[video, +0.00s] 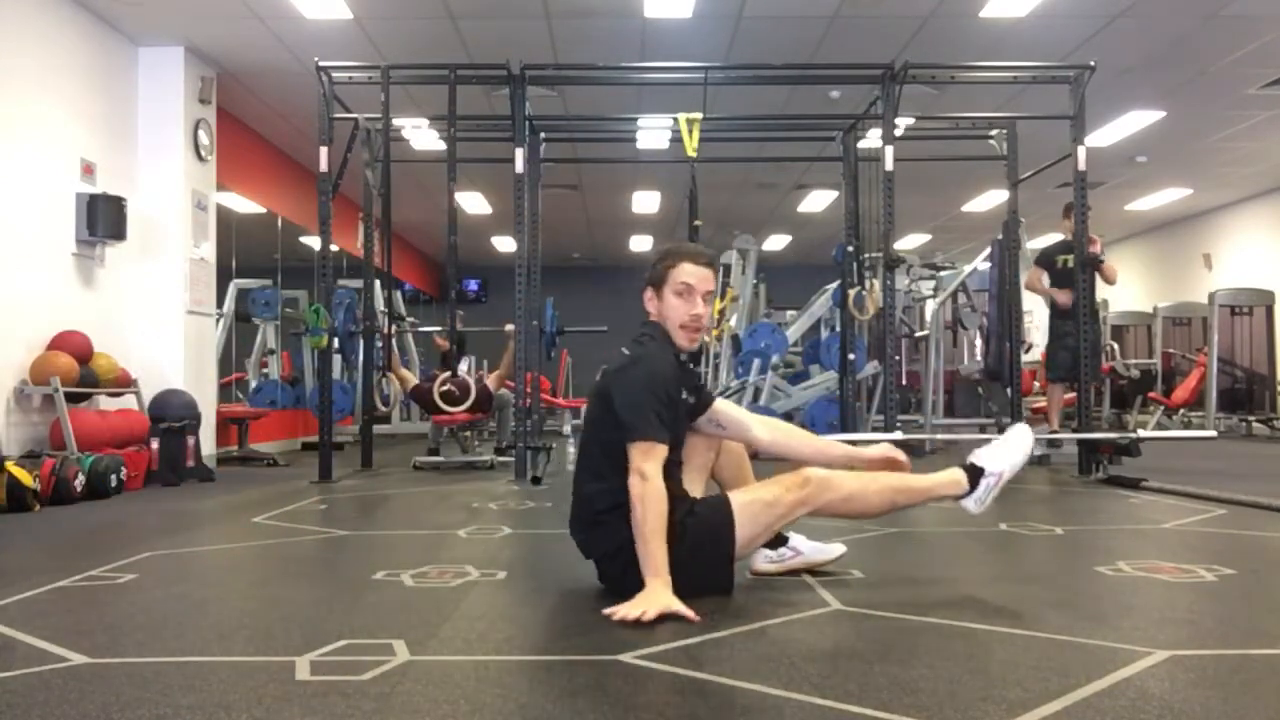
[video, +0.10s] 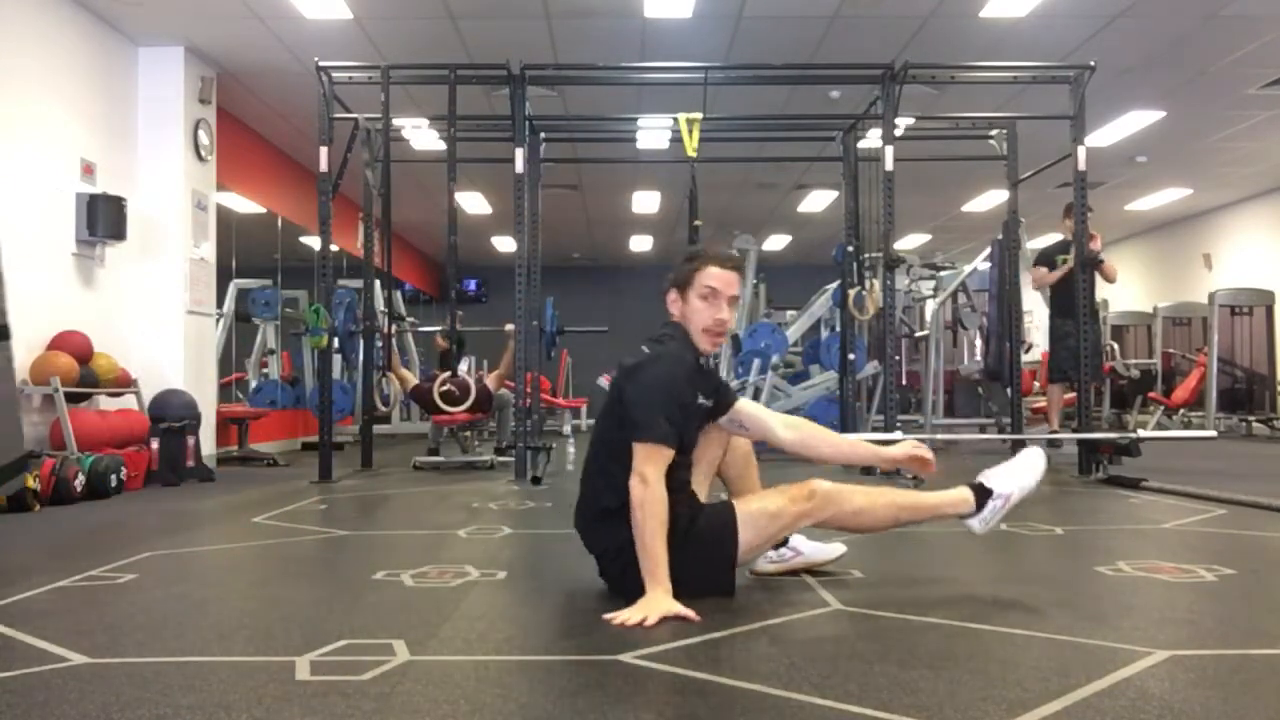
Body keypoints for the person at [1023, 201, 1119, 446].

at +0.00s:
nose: (1081, 223)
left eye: (1084, 218)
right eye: (1076, 218)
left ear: (1088, 220)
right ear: (1065, 221)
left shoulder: (1093, 249)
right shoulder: (1052, 251)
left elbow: (1112, 279)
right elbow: (1031, 281)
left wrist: (1097, 257)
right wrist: (1053, 293)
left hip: (1089, 321)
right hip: (1062, 321)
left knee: (1089, 377)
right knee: (1057, 377)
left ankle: (1087, 425)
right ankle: (1054, 428)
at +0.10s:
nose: (1081, 223)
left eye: (1085, 218)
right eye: (1076, 219)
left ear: (1089, 220)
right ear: (1065, 221)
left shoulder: (1091, 250)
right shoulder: (1051, 252)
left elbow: (1111, 277)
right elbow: (1038, 281)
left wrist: (1096, 255)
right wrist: (1068, 266)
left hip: (1089, 320)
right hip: (1062, 320)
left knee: (1089, 376)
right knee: (1058, 377)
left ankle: (1087, 424)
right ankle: (1054, 428)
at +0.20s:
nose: (1080, 223)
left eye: (1083, 218)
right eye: (1075, 218)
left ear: (1088, 221)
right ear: (1065, 221)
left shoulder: (1090, 251)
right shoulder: (1052, 252)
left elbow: (1111, 276)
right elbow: (1048, 280)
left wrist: (1096, 253)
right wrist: (1074, 258)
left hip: (1088, 319)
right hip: (1062, 319)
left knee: (1089, 375)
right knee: (1058, 376)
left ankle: (1087, 423)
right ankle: (1054, 428)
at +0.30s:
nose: (1080, 223)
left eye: (1084, 218)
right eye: (1075, 218)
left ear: (1088, 221)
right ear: (1065, 221)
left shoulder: (1090, 251)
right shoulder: (1051, 252)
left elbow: (1111, 275)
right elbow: (1053, 279)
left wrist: (1096, 253)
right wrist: (1077, 255)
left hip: (1089, 319)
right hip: (1062, 319)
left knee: (1088, 375)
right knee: (1058, 376)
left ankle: (1087, 423)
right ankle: (1054, 427)